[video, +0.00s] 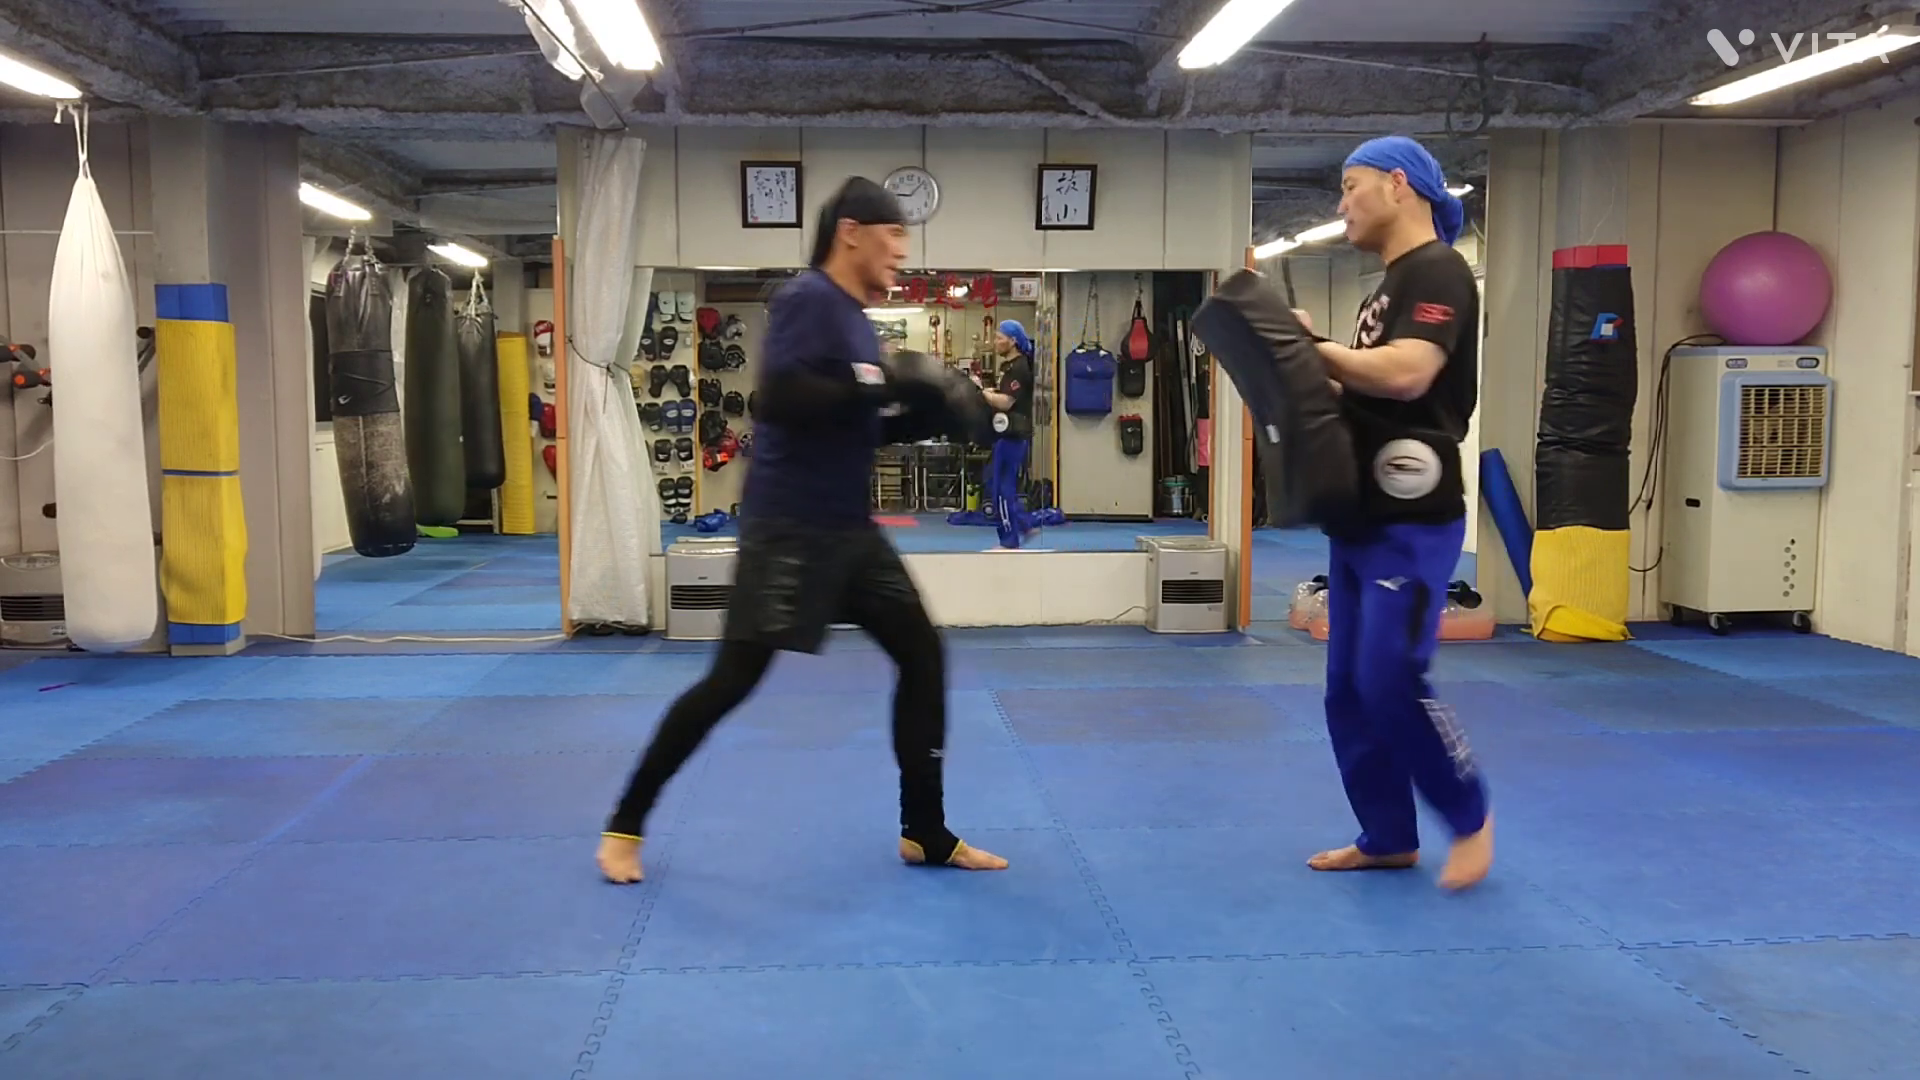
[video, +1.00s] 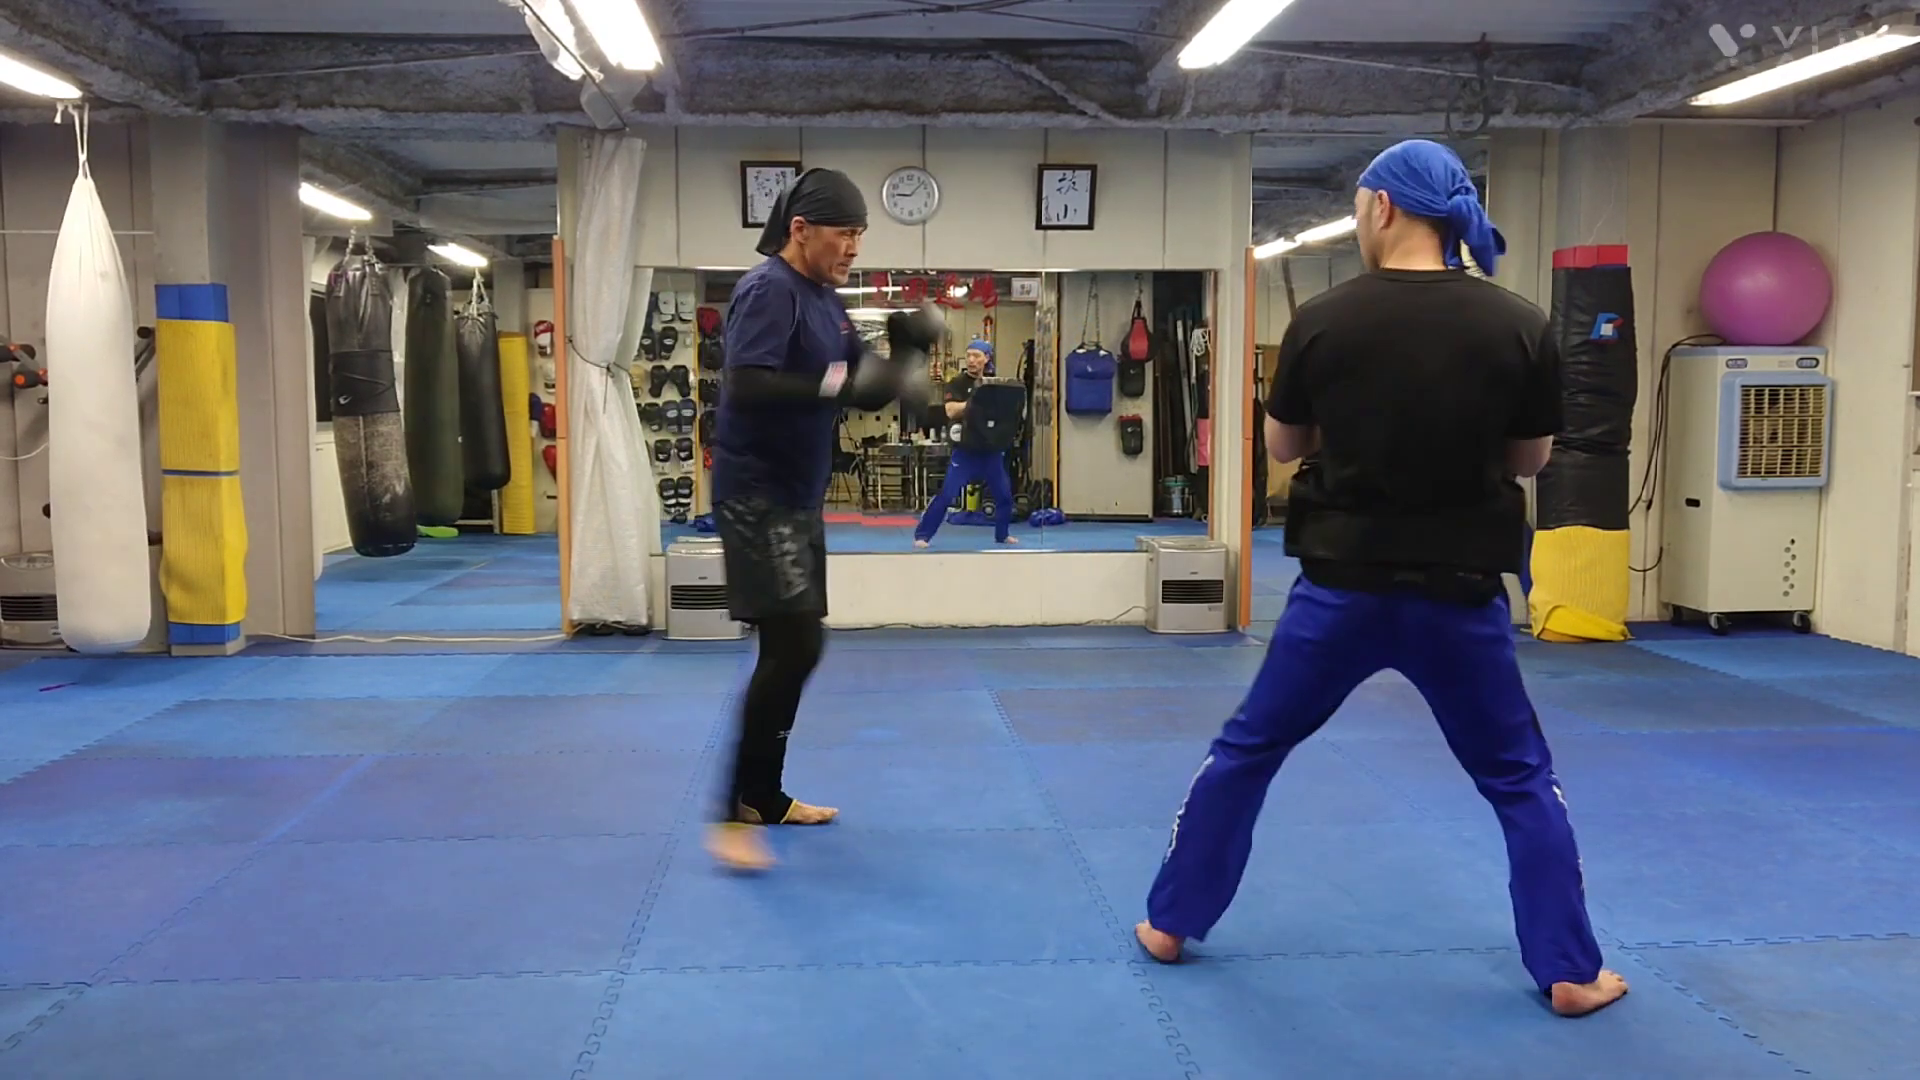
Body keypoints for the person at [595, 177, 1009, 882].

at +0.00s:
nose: (903, 254)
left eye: (905, 241)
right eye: (892, 238)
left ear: (861, 240)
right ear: (848, 234)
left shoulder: (858, 322)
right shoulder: (807, 300)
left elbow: (854, 429)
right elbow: (779, 393)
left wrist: (933, 413)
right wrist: (884, 385)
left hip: (850, 533)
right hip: (785, 532)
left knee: (921, 653)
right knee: (733, 680)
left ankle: (926, 831)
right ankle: (625, 823)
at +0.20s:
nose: (818, 275)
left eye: (820, 263)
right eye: (810, 260)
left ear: (787, 259)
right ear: (764, 251)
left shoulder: (779, 339)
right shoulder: (713, 319)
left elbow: (778, 434)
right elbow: (694, 416)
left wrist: (835, 433)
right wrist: (792, 388)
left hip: (761, 535)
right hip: (691, 541)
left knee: (862, 641)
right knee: (662, 701)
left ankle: (884, 814)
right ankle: (589, 839)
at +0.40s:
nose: (793, 242)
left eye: (797, 230)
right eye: (783, 228)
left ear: (777, 233)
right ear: (738, 222)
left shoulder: (771, 308)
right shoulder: (686, 294)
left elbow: (779, 403)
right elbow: (668, 393)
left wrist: (832, 375)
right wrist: (752, 344)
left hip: (758, 519)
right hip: (686, 522)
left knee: (804, 648)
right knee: (649, 680)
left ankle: (767, 789)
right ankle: (588, 835)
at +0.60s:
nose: (810, 256)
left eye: (816, 243)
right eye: (801, 241)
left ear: (799, 244)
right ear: (758, 232)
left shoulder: (783, 314)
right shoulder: (710, 303)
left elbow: (800, 410)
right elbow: (700, 399)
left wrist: (864, 373)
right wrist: (780, 356)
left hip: (767, 523)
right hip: (702, 525)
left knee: (786, 657)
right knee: (667, 677)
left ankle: (762, 798)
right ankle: (597, 835)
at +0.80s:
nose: (836, 258)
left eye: (842, 247)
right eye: (829, 243)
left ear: (807, 243)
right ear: (784, 233)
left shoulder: (795, 306)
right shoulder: (744, 293)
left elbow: (798, 406)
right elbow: (752, 388)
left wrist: (875, 388)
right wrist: (827, 327)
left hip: (771, 507)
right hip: (716, 508)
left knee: (781, 654)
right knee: (713, 660)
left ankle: (762, 797)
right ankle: (619, 815)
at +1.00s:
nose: (855, 247)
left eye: (859, 234)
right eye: (844, 233)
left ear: (836, 236)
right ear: (802, 230)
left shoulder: (826, 302)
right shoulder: (769, 288)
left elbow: (850, 380)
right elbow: (743, 383)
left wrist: (901, 361)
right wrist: (836, 386)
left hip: (796, 501)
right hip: (757, 501)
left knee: (797, 645)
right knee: (790, 645)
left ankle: (763, 799)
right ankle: (736, 815)